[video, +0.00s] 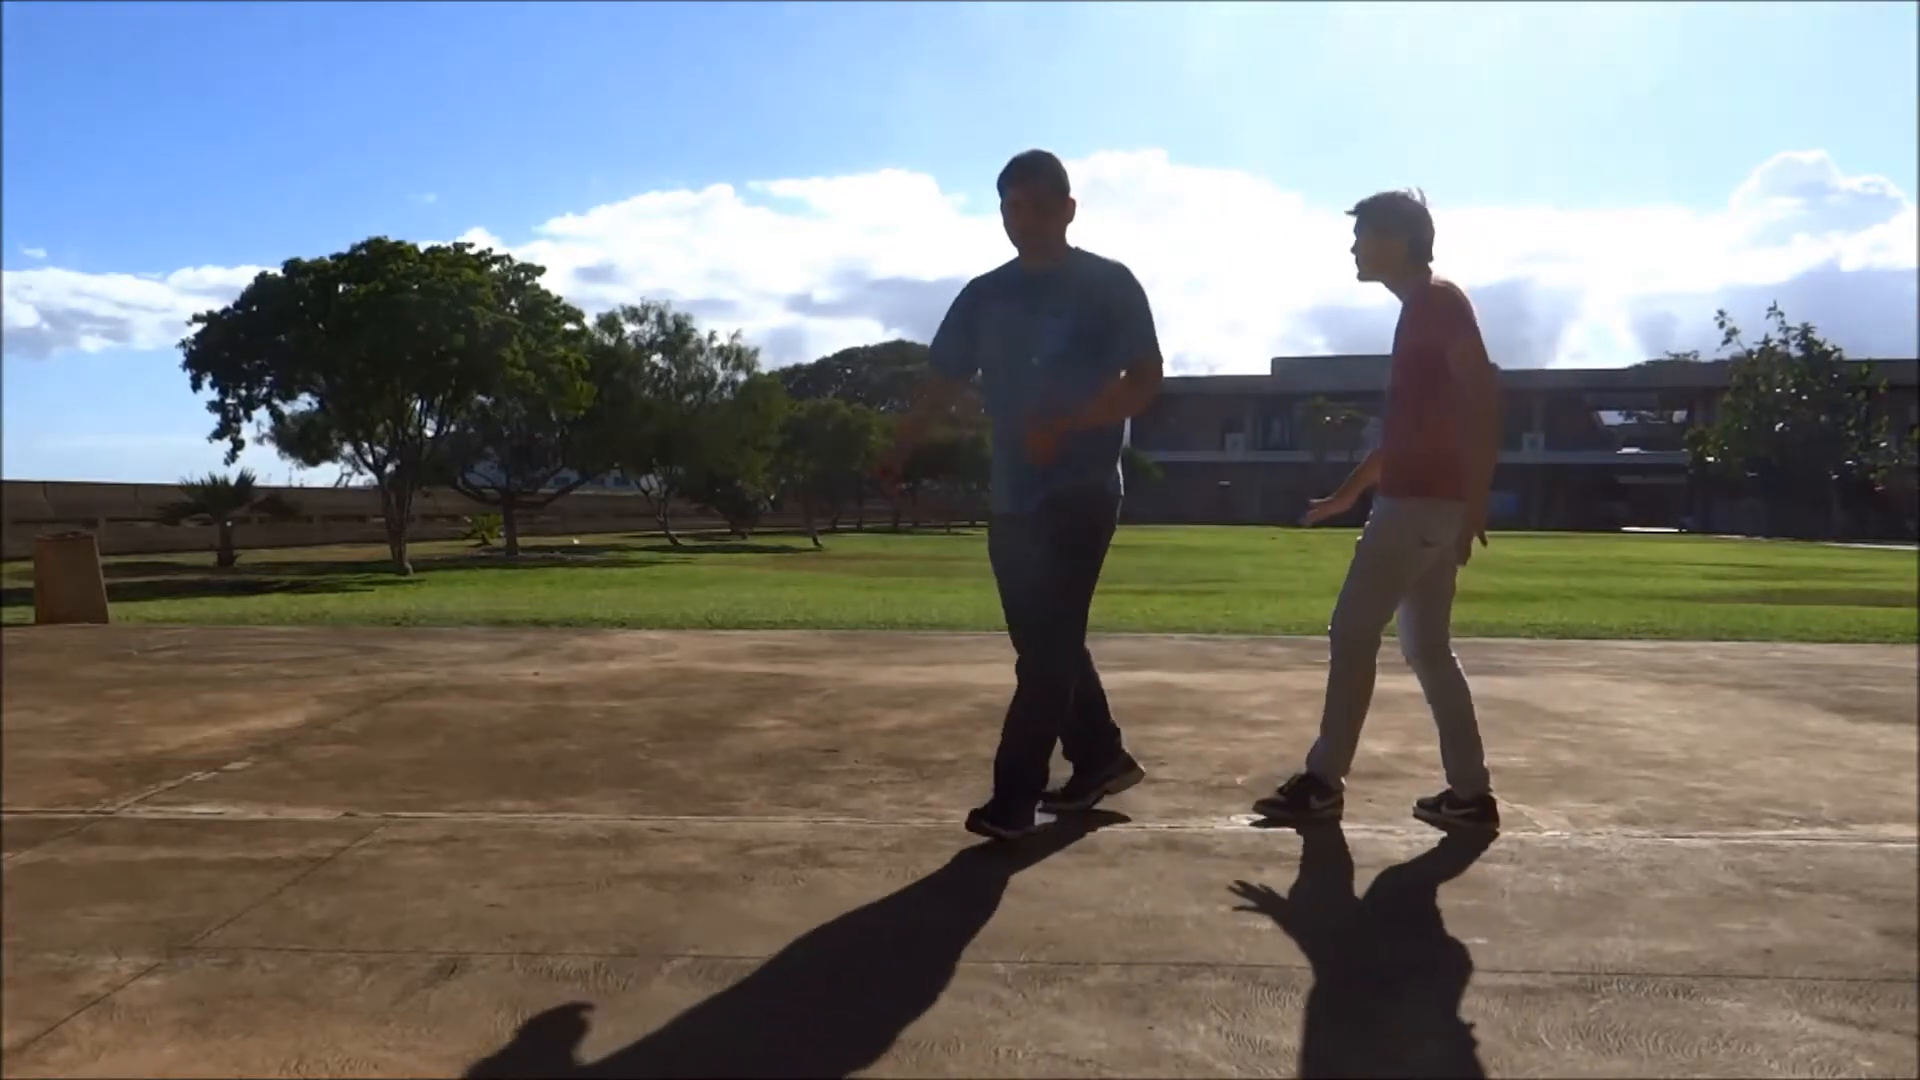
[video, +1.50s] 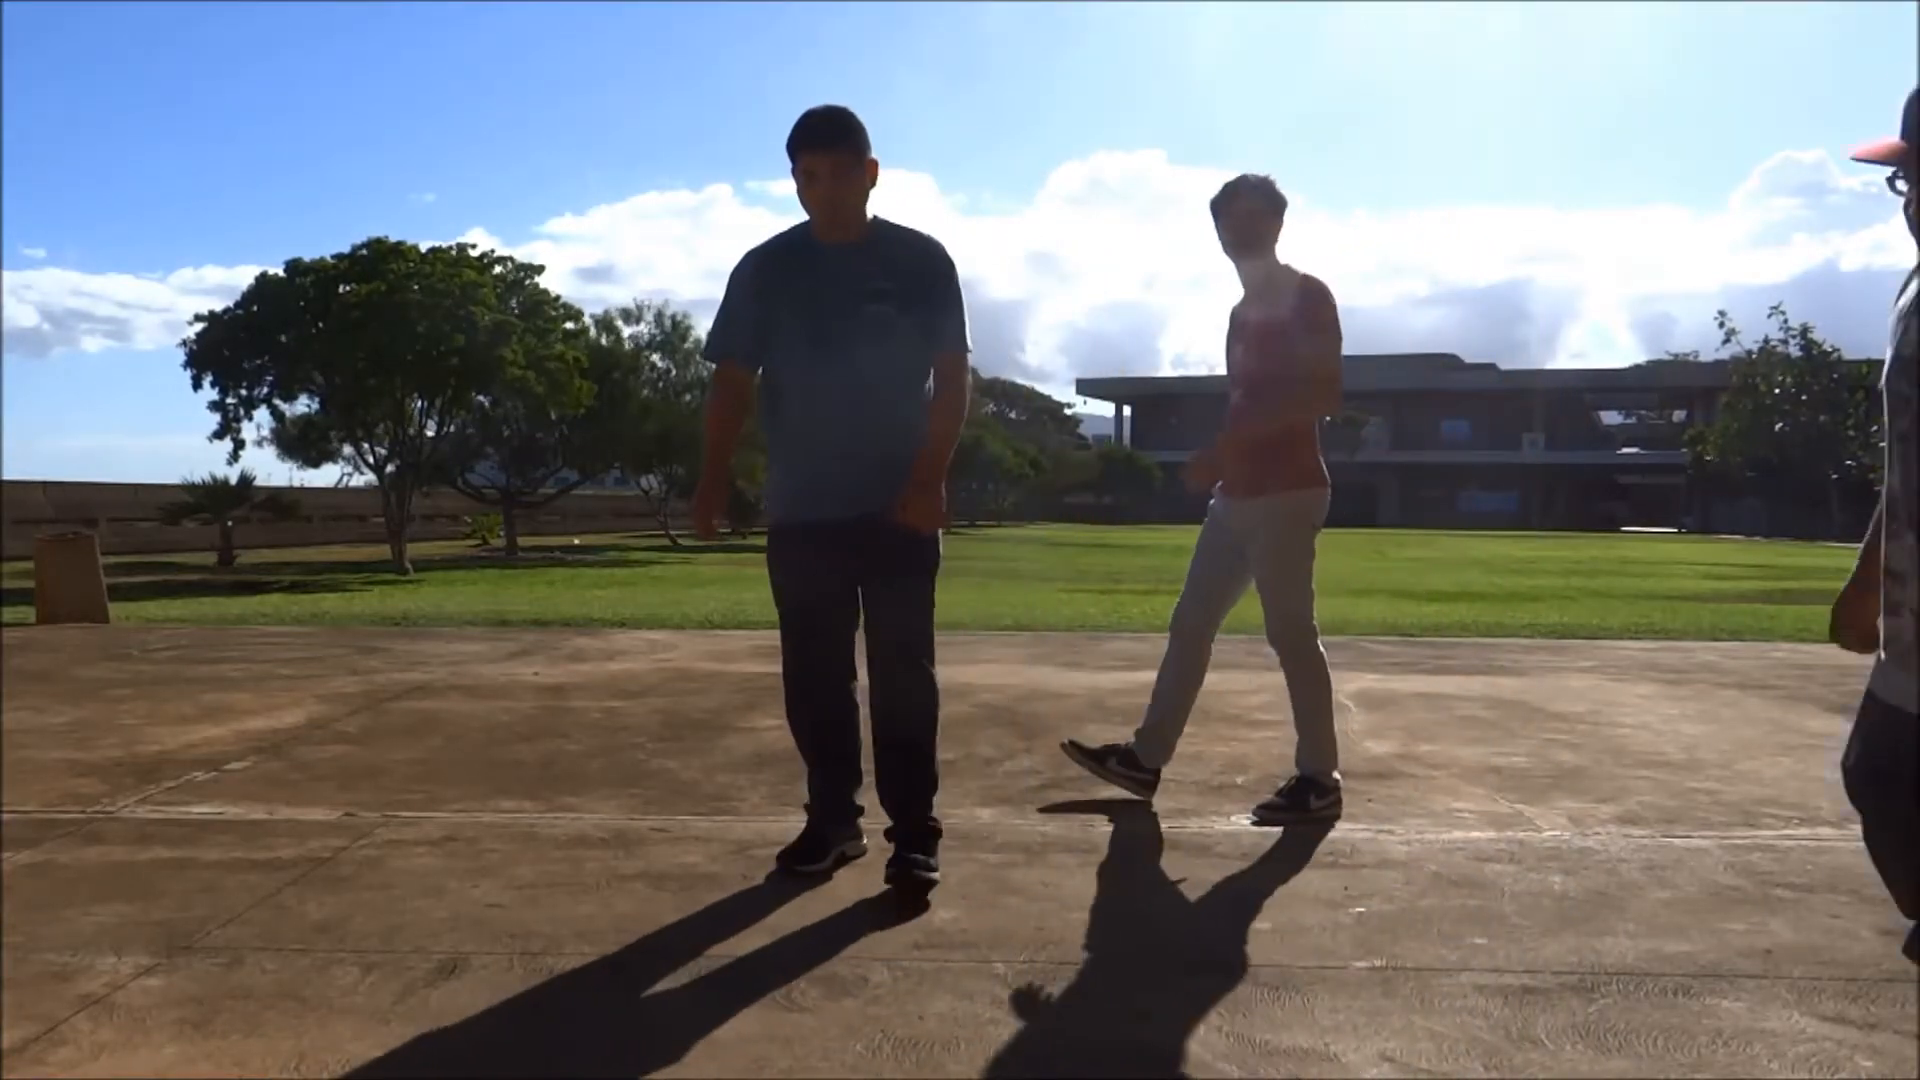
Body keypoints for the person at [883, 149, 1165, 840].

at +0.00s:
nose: (1017, 214)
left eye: (1031, 200)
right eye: (1008, 203)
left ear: (1066, 205)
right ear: (1000, 210)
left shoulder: (1111, 284)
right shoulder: (984, 295)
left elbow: (1145, 379)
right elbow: (937, 384)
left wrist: (1078, 421)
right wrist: (898, 450)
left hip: (1083, 492)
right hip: (1012, 496)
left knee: (1049, 637)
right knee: (1041, 635)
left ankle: (1015, 800)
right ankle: (1101, 756)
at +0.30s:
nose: (994, 206)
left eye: (1009, 192)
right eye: (983, 194)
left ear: (1042, 194)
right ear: (972, 200)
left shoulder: (1086, 277)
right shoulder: (952, 286)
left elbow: (1117, 378)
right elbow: (919, 383)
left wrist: (1081, 472)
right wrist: (896, 452)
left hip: (1045, 490)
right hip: (967, 492)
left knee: (1020, 634)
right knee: (954, 626)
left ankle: (1005, 803)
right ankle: (1024, 740)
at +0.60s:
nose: (964, 210)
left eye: (979, 194)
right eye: (951, 196)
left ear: (1009, 193)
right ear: (936, 199)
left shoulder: (1055, 275)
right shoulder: (916, 288)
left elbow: (1095, 380)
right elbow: (892, 399)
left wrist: (1081, 481)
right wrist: (871, 496)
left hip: (1016, 501)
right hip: (931, 500)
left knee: (1007, 657)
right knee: (898, 646)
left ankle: (1006, 804)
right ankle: (854, 793)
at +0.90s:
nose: (904, 200)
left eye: (919, 185)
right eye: (892, 187)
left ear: (956, 186)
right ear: (881, 192)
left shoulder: (1003, 276)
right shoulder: (858, 281)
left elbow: (1030, 390)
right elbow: (836, 396)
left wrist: (1014, 489)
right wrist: (823, 494)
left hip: (968, 511)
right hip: (877, 511)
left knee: (985, 669)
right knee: (857, 671)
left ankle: (1004, 806)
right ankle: (833, 820)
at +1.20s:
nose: (854, 195)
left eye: (868, 179)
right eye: (840, 181)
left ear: (900, 178)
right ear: (824, 185)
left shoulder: (946, 265)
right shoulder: (793, 273)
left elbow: (970, 377)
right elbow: (758, 385)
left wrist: (935, 481)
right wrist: (738, 485)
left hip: (918, 498)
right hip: (821, 504)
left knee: (931, 653)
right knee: (821, 668)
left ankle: (971, 784)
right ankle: (831, 819)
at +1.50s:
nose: (817, 187)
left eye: (831, 171)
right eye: (804, 174)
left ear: (869, 170)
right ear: (793, 178)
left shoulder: (921, 261)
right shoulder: (762, 270)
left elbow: (952, 377)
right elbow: (729, 383)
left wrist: (929, 478)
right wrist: (714, 480)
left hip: (900, 503)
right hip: (802, 510)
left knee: (904, 676)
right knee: (814, 676)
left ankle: (913, 837)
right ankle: (831, 820)